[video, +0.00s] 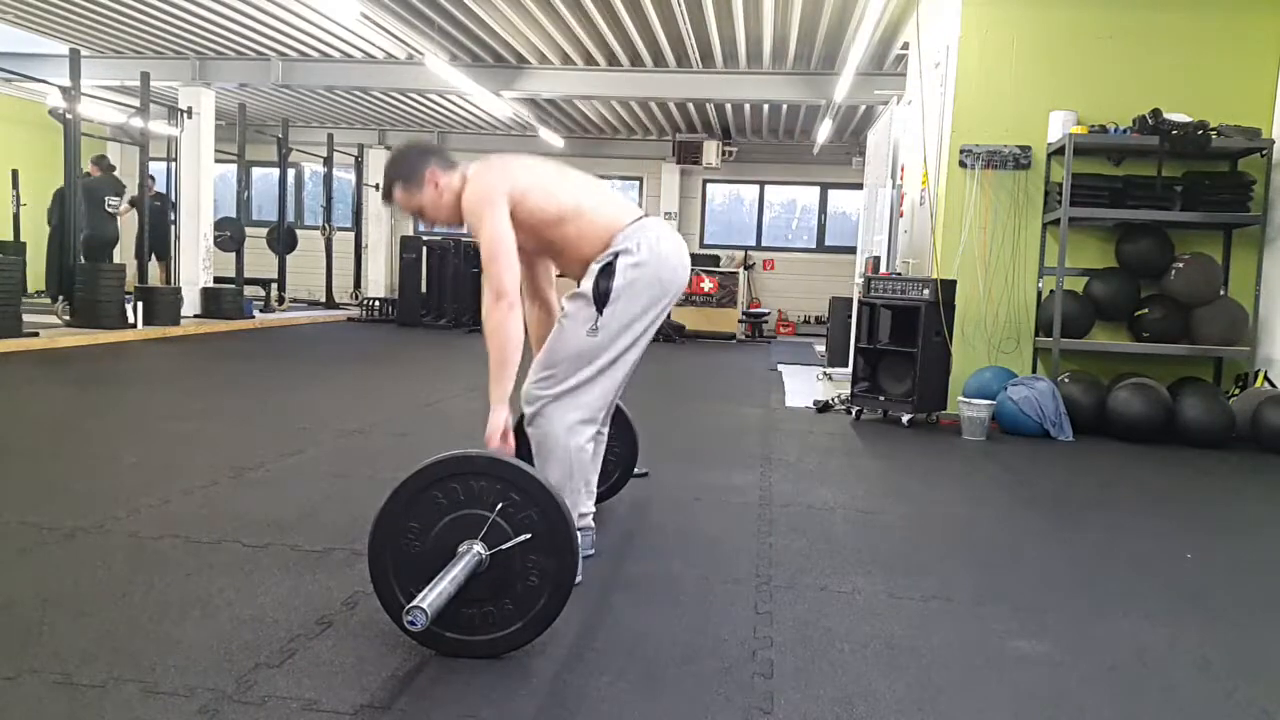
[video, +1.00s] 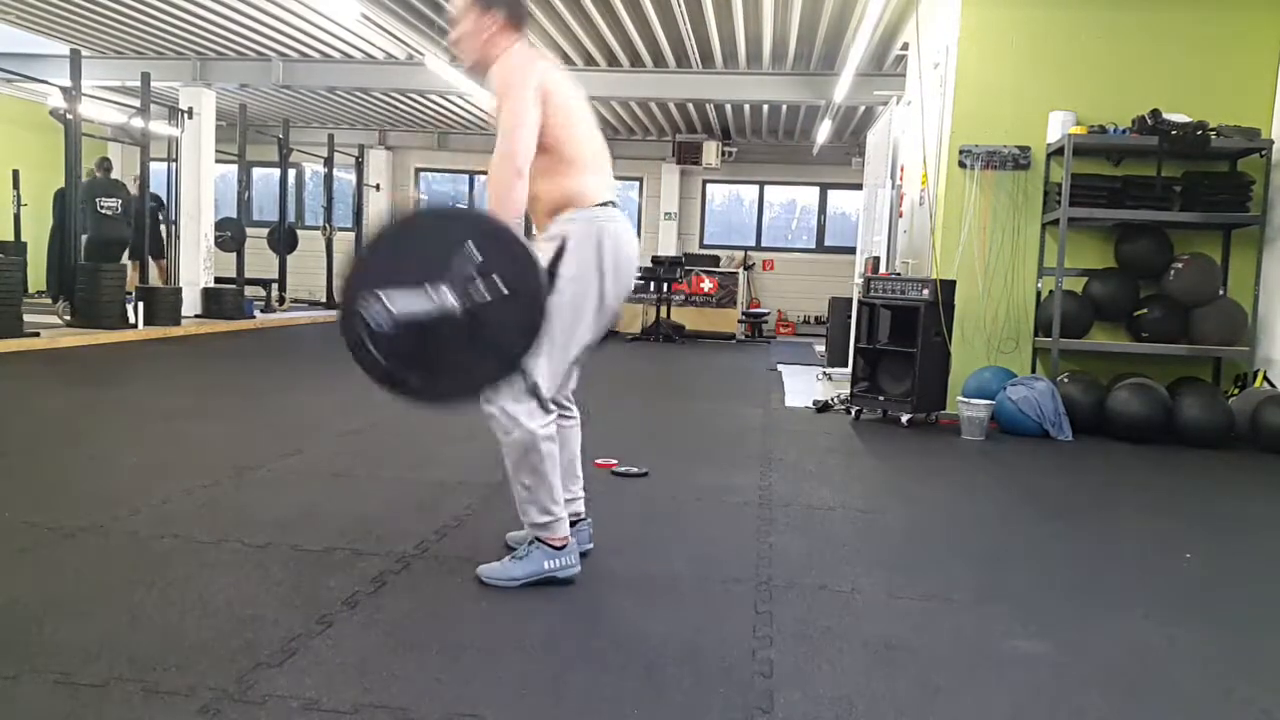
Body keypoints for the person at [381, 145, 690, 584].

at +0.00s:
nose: (427, 224)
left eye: (419, 213)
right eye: (417, 218)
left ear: (434, 179)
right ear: (436, 179)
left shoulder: (483, 186)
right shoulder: (510, 187)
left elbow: (502, 297)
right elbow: (541, 300)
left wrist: (499, 405)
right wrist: (544, 381)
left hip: (634, 259)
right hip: (648, 253)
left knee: (546, 397)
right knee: (572, 398)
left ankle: (563, 541)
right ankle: (577, 529)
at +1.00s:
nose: (450, 38)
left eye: (456, 23)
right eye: (450, 26)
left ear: (493, 22)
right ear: (500, 25)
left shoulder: (520, 67)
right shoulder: (539, 70)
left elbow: (512, 165)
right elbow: (532, 175)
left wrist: (491, 263)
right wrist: (511, 264)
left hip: (581, 236)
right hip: (597, 234)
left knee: (513, 391)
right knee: (553, 392)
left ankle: (552, 544)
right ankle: (568, 523)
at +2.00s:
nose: (530, 15)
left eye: (535, 8)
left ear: (554, 6)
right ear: (592, 11)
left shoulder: (547, 57)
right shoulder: (597, 76)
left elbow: (436, 91)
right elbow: (528, 121)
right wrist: (482, 103)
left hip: (518, 231)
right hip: (557, 227)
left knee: (524, 396)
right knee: (555, 386)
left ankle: (556, 549)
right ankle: (573, 524)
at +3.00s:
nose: (503, 16)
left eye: (511, 8)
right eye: (503, 10)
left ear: (542, 4)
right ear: (573, 9)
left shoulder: (540, 52)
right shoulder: (584, 71)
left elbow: (429, 87)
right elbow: (482, 125)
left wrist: (461, 25)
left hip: (526, 236)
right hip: (565, 233)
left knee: (479, 389)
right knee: (534, 391)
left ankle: (506, 551)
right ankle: (529, 523)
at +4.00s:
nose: (447, 210)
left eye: (456, 199)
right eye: (449, 198)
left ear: (484, 214)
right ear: (493, 215)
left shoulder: (485, 270)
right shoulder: (527, 262)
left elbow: (423, 326)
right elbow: (476, 331)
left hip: (553, 424)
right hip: (585, 410)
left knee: (401, 433)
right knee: (464, 398)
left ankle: (490, 565)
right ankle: (522, 523)